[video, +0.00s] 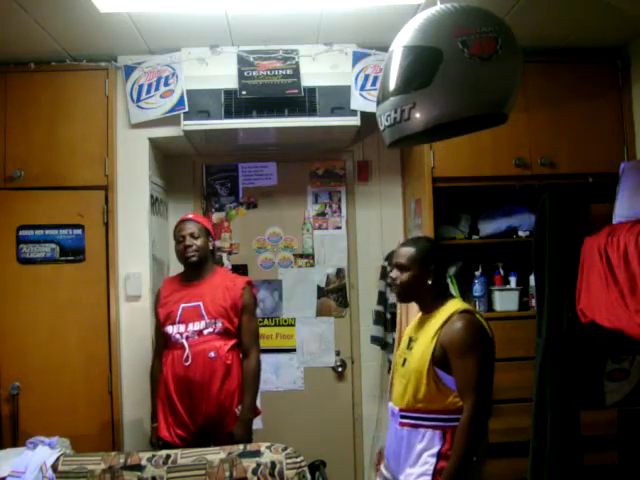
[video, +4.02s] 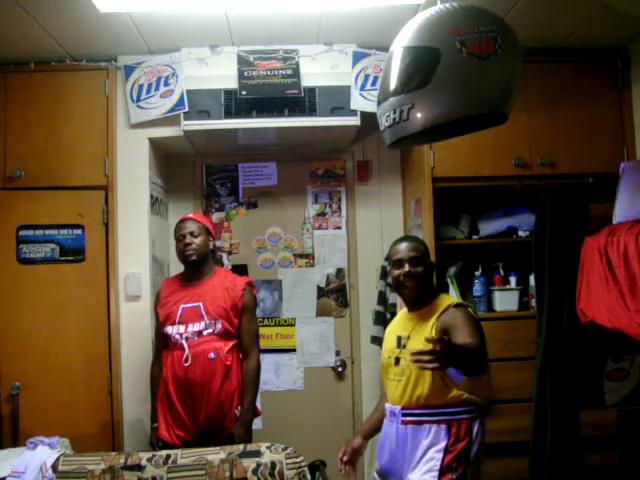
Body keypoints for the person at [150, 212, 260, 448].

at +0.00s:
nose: (187, 243)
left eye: (195, 236)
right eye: (180, 239)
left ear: (210, 242)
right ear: (176, 248)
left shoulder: (237, 287)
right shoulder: (166, 290)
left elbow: (251, 354)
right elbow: (160, 355)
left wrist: (245, 416)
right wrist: (157, 418)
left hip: (225, 416)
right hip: (176, 416)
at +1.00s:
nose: (187, 243)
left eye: (195, 236)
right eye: (180, 239)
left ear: (211, 242)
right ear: (176, 247)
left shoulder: (237, 288)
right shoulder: (167, 290)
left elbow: (251, 354)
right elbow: (160, 355)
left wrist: (245, 417)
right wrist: (157, 419)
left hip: (225, 416)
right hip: (176, 416)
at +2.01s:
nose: (187, 241)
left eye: (195, 235)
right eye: (180, 238)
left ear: (211, 242)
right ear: (176, 248)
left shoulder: (237, 288)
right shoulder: (167, 290)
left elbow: (251, 355)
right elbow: (160, 355)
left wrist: (246, 417)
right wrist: (157, 419)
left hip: (225, 416)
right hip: (176, 416)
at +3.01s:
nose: (186, 240)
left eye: (194, 234)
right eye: (180, 237)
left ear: (210, 242)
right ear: (175, 248)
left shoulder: (237, 288)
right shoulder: (166, 290)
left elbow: (251, 355)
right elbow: (159, 355)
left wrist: (245, 419)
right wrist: (156, 419)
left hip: (225, 416)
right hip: (176, 417)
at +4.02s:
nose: (186, 241)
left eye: (194, 235)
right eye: (180, 238)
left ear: (211, 241)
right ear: (176, 247)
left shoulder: (237, 288)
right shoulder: (167, 290)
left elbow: (251, 355)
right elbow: (160, 356)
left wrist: (245, 418)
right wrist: (157, 420)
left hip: (225, 416)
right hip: (176, 417)